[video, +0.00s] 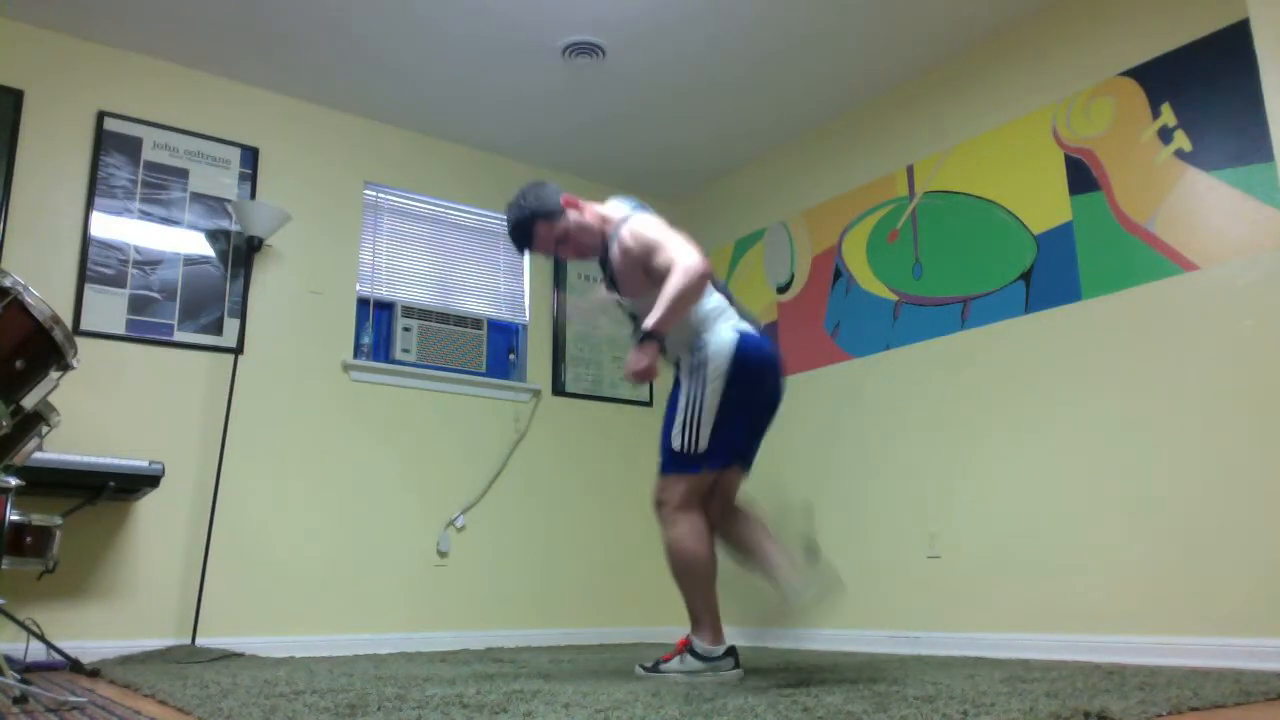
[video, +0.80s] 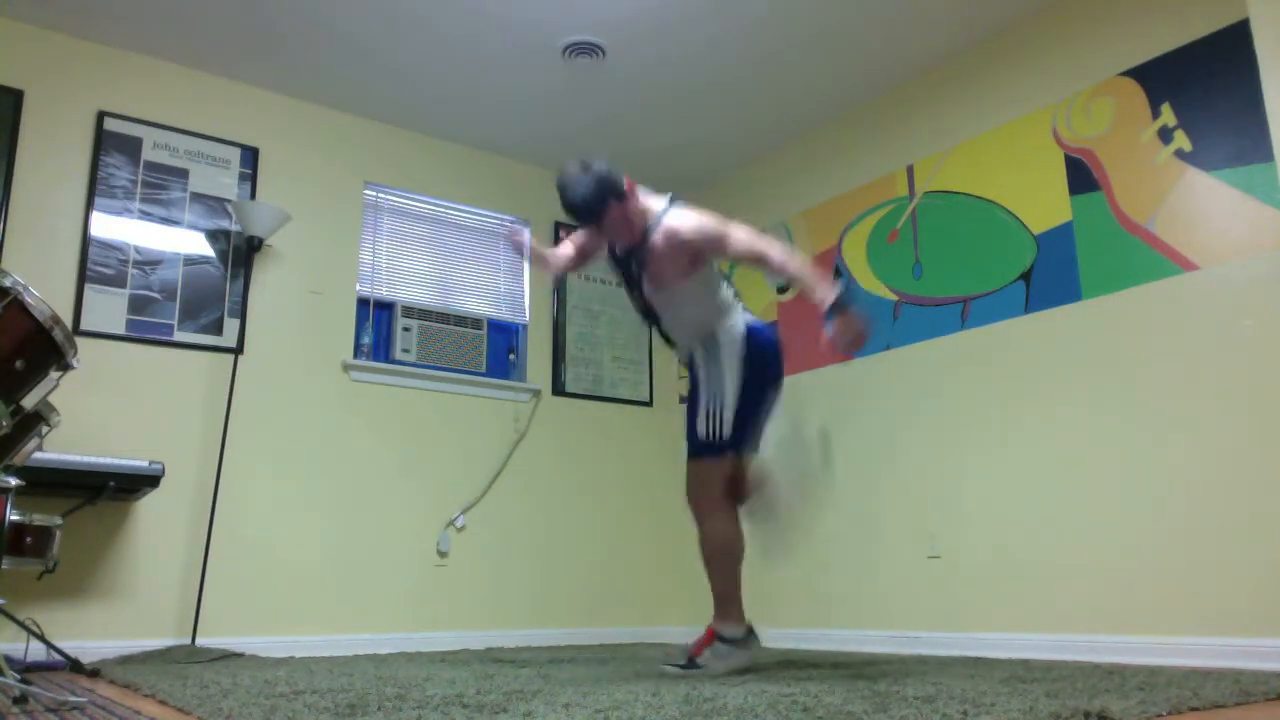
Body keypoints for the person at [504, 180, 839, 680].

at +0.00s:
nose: (569, 254)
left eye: (562, 240)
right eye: (557, 253)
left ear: (573, 206)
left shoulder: (630, 230)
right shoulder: (613, 230)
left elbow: (691, 265)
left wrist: (649, 337)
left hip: (719, 358)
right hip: (743, 355)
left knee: (676, 502)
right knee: (716, 504)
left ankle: (708, 646)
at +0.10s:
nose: (567, 264)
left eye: (561, 251)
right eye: (556, 262)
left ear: (572, 217)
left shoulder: (638, 241)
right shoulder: (620, 249)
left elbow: (699, 270)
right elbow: (690, 244)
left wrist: (656, 334)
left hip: (723, 366)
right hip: (709, 371)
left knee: (673, 502)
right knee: (712, 516)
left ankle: (708, 646)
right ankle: (822, 601)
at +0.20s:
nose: (571, 245)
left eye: (564, 234)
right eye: (561, 242)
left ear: (572, 203)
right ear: (564, 218)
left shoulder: (640, 219)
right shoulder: (618, 231)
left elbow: (713, 235)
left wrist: (705, 299)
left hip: (723, 349)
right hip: (703, 354)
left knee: (693, 495)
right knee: (694, 493)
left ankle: (709, 644)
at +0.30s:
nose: (578, 211)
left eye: (572, 200)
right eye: (570, 206)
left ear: (589, 172)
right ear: (580, 182)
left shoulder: (656, 199)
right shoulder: (628, 220)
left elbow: (747, 212)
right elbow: (652, 284)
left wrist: (769, 265)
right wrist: (609, 307)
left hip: (705, 334)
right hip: (720, 336)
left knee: (660, 479)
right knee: (727, 479)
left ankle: (701, 624)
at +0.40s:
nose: (609, 209)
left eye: (607, 195)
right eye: (597, 206)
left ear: (618, 167)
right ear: (588, 205)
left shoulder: (674, 203)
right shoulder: (623, 226)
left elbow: (758, 223)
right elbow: (618, 273)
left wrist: (778, 273)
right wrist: (563, 280)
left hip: (719, 347)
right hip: (690, 353)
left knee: (679, 489)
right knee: (703, 489)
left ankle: (711, 632)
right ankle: (755, 426)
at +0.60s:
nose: (605, 218)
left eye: (604, 203)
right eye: (593, 214)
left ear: (615, 175)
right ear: (583, 209)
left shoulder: (666, 206)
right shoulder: (619, 230)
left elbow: (750, 205)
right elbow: (670, 263)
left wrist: (808, 226)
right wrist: (722, 271)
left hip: (715, 357)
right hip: (705, 357)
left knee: (707, 504)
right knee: (781, 480)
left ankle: (719, 641)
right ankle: (893, 460)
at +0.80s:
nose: (616, 231)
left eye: (616, 218)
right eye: (603, 226)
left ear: (629, 192)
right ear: (591, 222)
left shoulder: (677, 227)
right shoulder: (604, 233)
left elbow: (768, 251)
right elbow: (561, 262)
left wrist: (833, 302)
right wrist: (532, 249)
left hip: (733, 351)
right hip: (708, 355)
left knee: (706, 493)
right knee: (730, 485)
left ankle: (732, 633)